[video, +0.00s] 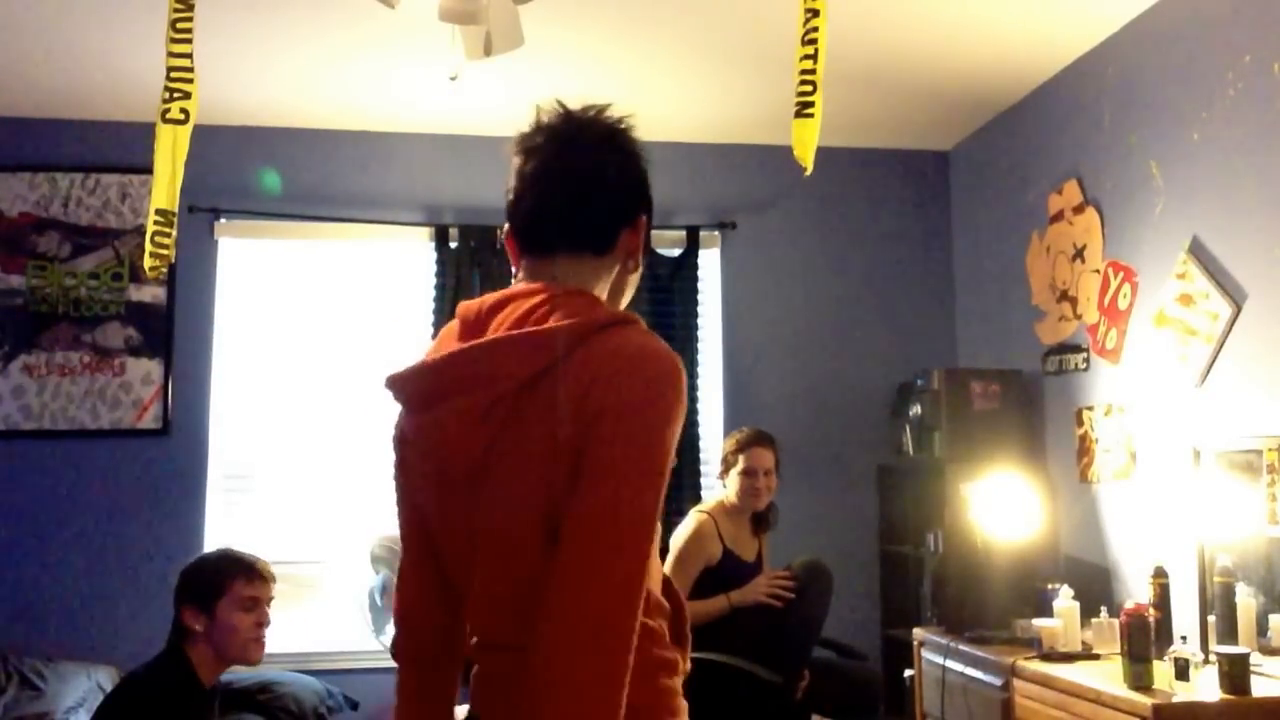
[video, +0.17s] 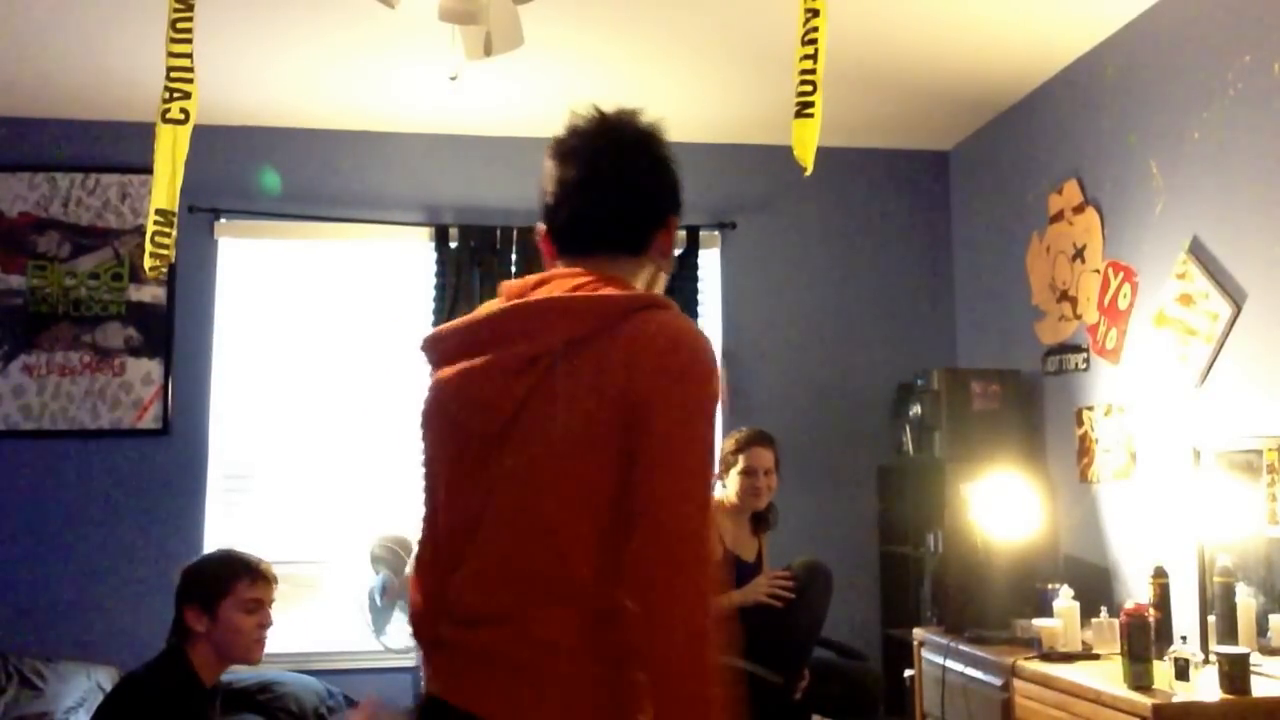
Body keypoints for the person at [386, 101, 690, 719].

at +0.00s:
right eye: (647, 247)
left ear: (510, 246)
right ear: (636, 240)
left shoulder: (442, 364)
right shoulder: (637, 364)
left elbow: (425, 613)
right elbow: (599, 594)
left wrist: (423, 712)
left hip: (499, 689)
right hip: (623, 694)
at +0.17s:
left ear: (545, 243)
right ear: (668, 240)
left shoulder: (465, 355)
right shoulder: (667, 345)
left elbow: (432, 571)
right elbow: (670, 569)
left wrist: (444, 682)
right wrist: (686, 705)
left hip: (468, 692)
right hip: (601, 693)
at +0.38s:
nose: (665, 280)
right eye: (671, 262)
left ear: (540, 247)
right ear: (664, 253)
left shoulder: (452, 364)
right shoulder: (654, 353)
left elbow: (427, 590)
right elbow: (655, 593)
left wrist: (443, 696)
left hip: (471, 697)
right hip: (599, 699)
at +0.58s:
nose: (682, 274)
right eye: (687, 256)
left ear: (554, 240)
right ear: (674, 249)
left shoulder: (469, 348)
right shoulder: (652, 352)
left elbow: (439, 581)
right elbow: (643, 586)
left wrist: (436, 703)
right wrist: (645, 708)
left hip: (468, 693)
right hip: (592, 697)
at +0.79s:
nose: (700, 294)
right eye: (704, 277)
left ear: (580, 255)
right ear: (698, 265)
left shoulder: (484, 350)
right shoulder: (672, 356)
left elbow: (462, 550)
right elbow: (710, 599)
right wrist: (764, 707)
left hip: (448, 688)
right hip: (583, 698)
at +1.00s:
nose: (674, 288)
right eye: (683, 272)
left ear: (553, 257)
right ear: (675, 266)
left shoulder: (467, 370)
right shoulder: (650, 368)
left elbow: (436, 611)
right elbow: (616, 597)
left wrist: (421, 712)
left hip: (488, 699)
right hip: (598, 702)